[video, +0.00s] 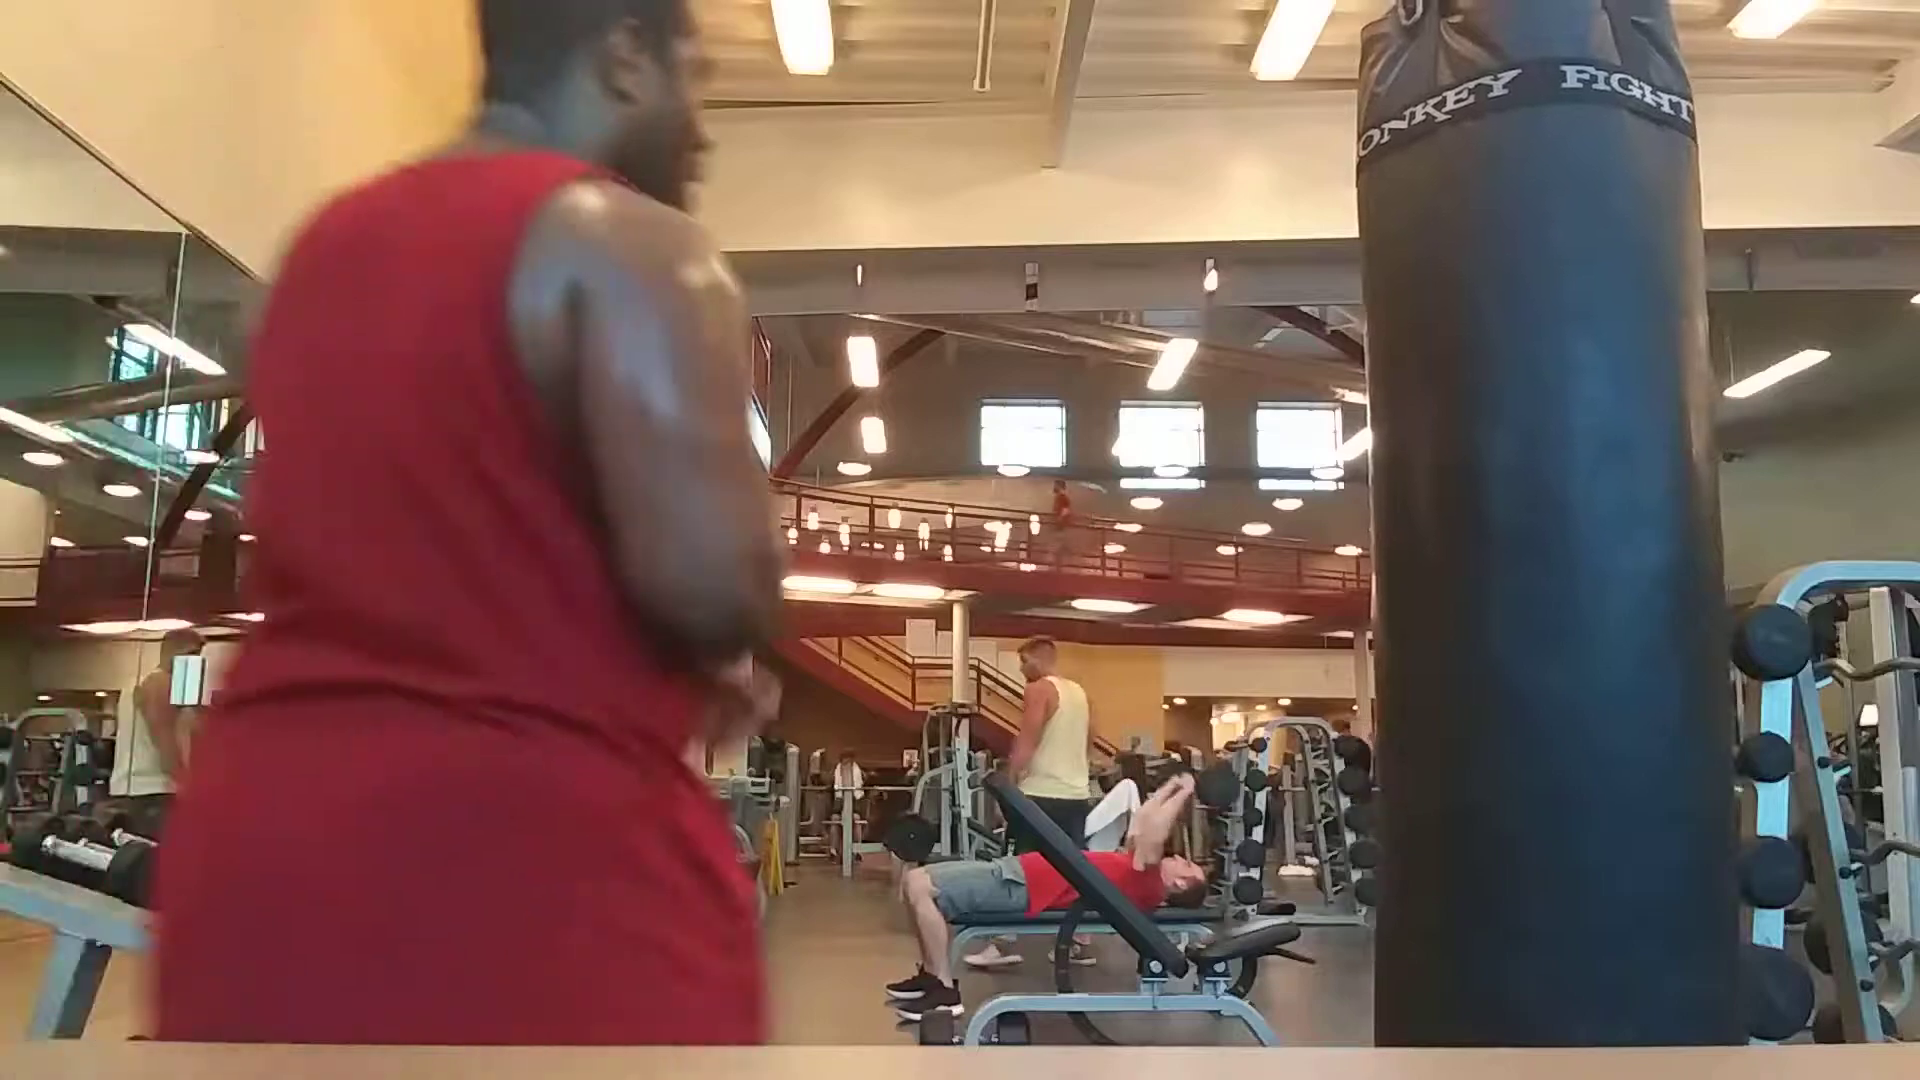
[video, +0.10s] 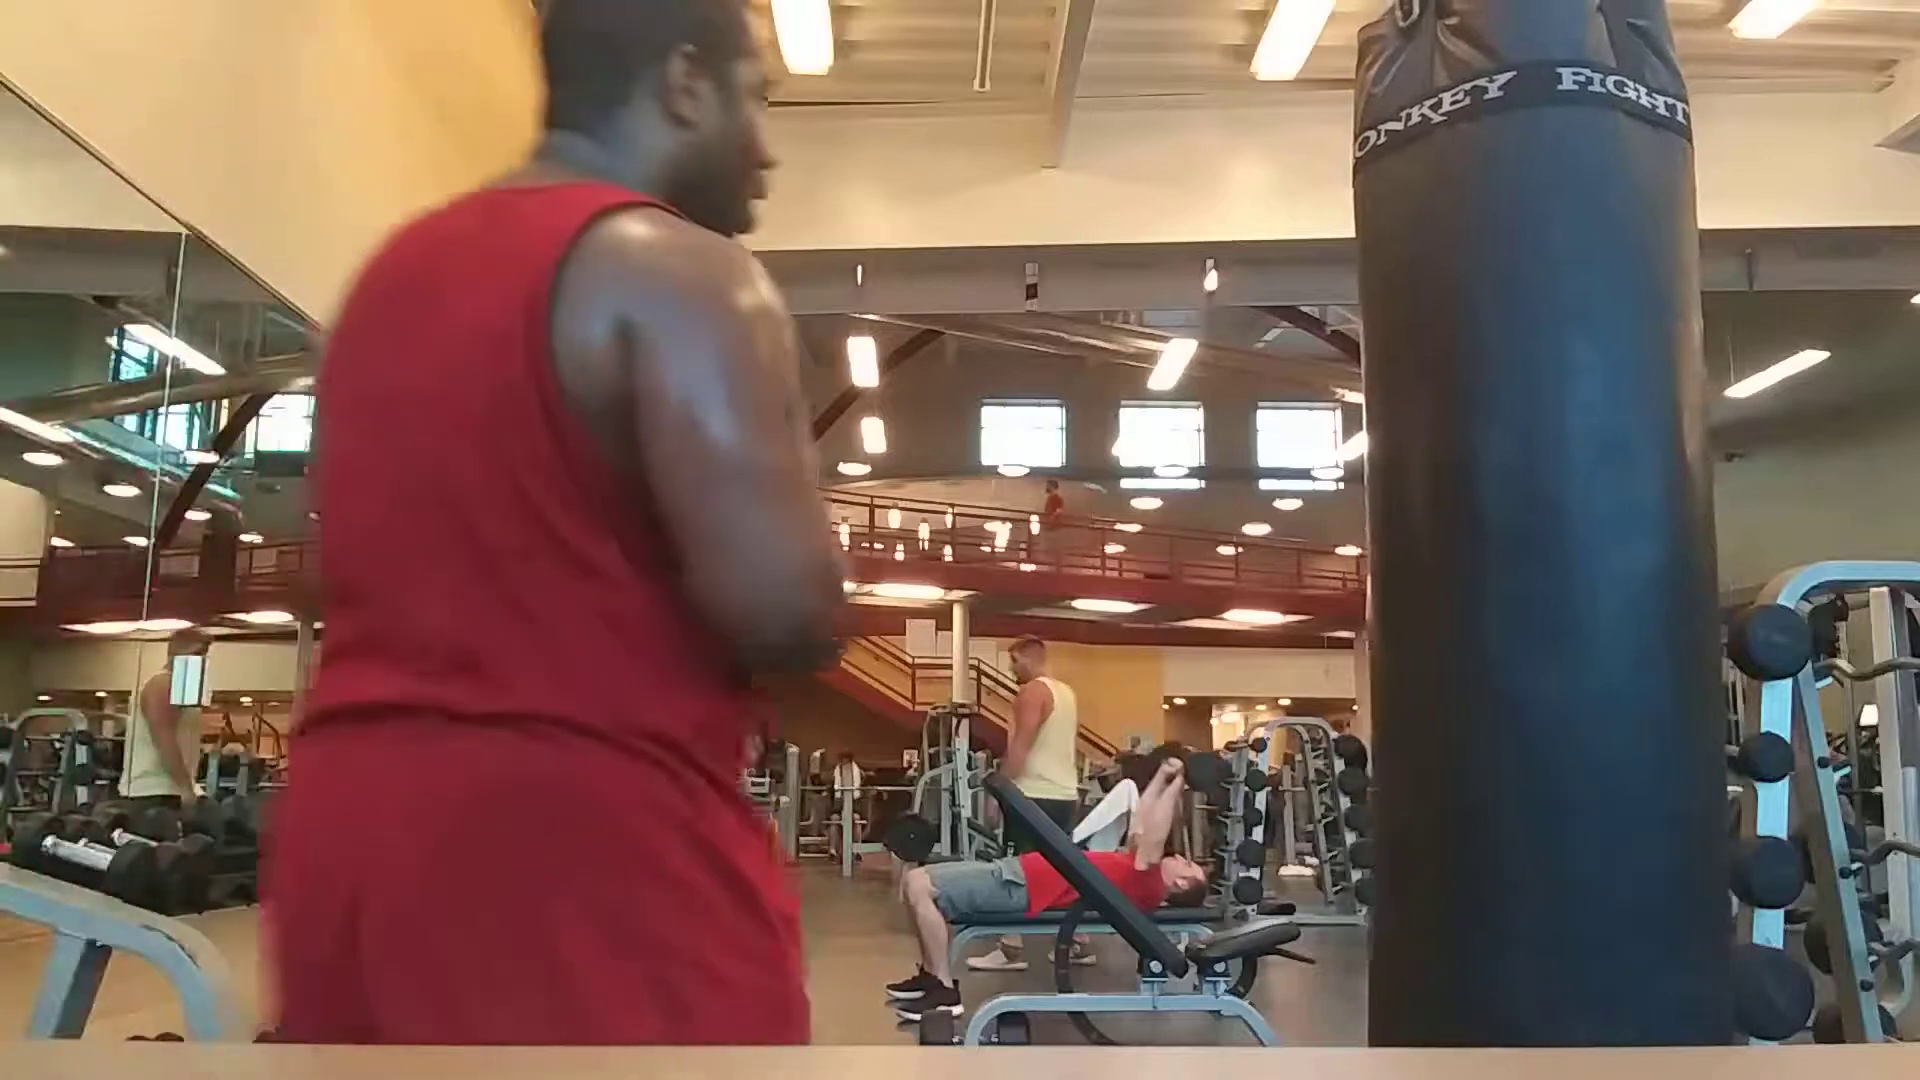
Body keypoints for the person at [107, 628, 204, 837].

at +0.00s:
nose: (196, 661)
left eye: (197, 654)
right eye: (194, 653)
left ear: (167, 651)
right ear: (181, 653)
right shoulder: (158, 681)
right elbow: (166, 743)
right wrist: (184, 780)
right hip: (150, 794)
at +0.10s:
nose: (203, 661)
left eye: (204, 655)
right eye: (199, 655)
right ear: (183, 654)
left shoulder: (181, 687)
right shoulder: (162, 683)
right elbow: (166, 742)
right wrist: (187, 788)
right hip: (154, 796)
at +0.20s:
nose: (210, 663)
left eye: (211, 656)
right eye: (207, 656)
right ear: (192, 653)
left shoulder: (186, 690)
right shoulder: (166, 685)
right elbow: (165, 742)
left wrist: (192, 789)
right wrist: (188, 790)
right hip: (159, 800)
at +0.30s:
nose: (218, 656)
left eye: (220, 650)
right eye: (213, 649)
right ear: (195, 649)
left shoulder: (199, 689)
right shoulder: (170, 684)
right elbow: (164, 737)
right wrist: (183, 789)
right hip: (167, 799)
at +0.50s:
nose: (231, 655)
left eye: (233, 649)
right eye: (225, 648)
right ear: (205, 649)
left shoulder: (218, 694)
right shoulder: (183, 682)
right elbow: (169, 735)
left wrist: (227, 788)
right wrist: (177, 791)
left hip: (214, 797)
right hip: (184, 797)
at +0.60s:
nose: (236, 655)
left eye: (238, 649)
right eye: (230, 648)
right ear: (210, 649)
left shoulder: (226, 692)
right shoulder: (187, 683)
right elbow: (171, 738)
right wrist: (180, 792)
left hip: (225, 796)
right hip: (192, 798)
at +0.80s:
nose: (253, 656)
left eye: (255, 650)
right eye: (247, 649)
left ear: (257, 652)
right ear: (227, 649)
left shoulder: (250, 695)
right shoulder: (202, 685)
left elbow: (248, 746)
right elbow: (182, 737)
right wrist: (191, 792)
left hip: (244, 794)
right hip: (206, 794)